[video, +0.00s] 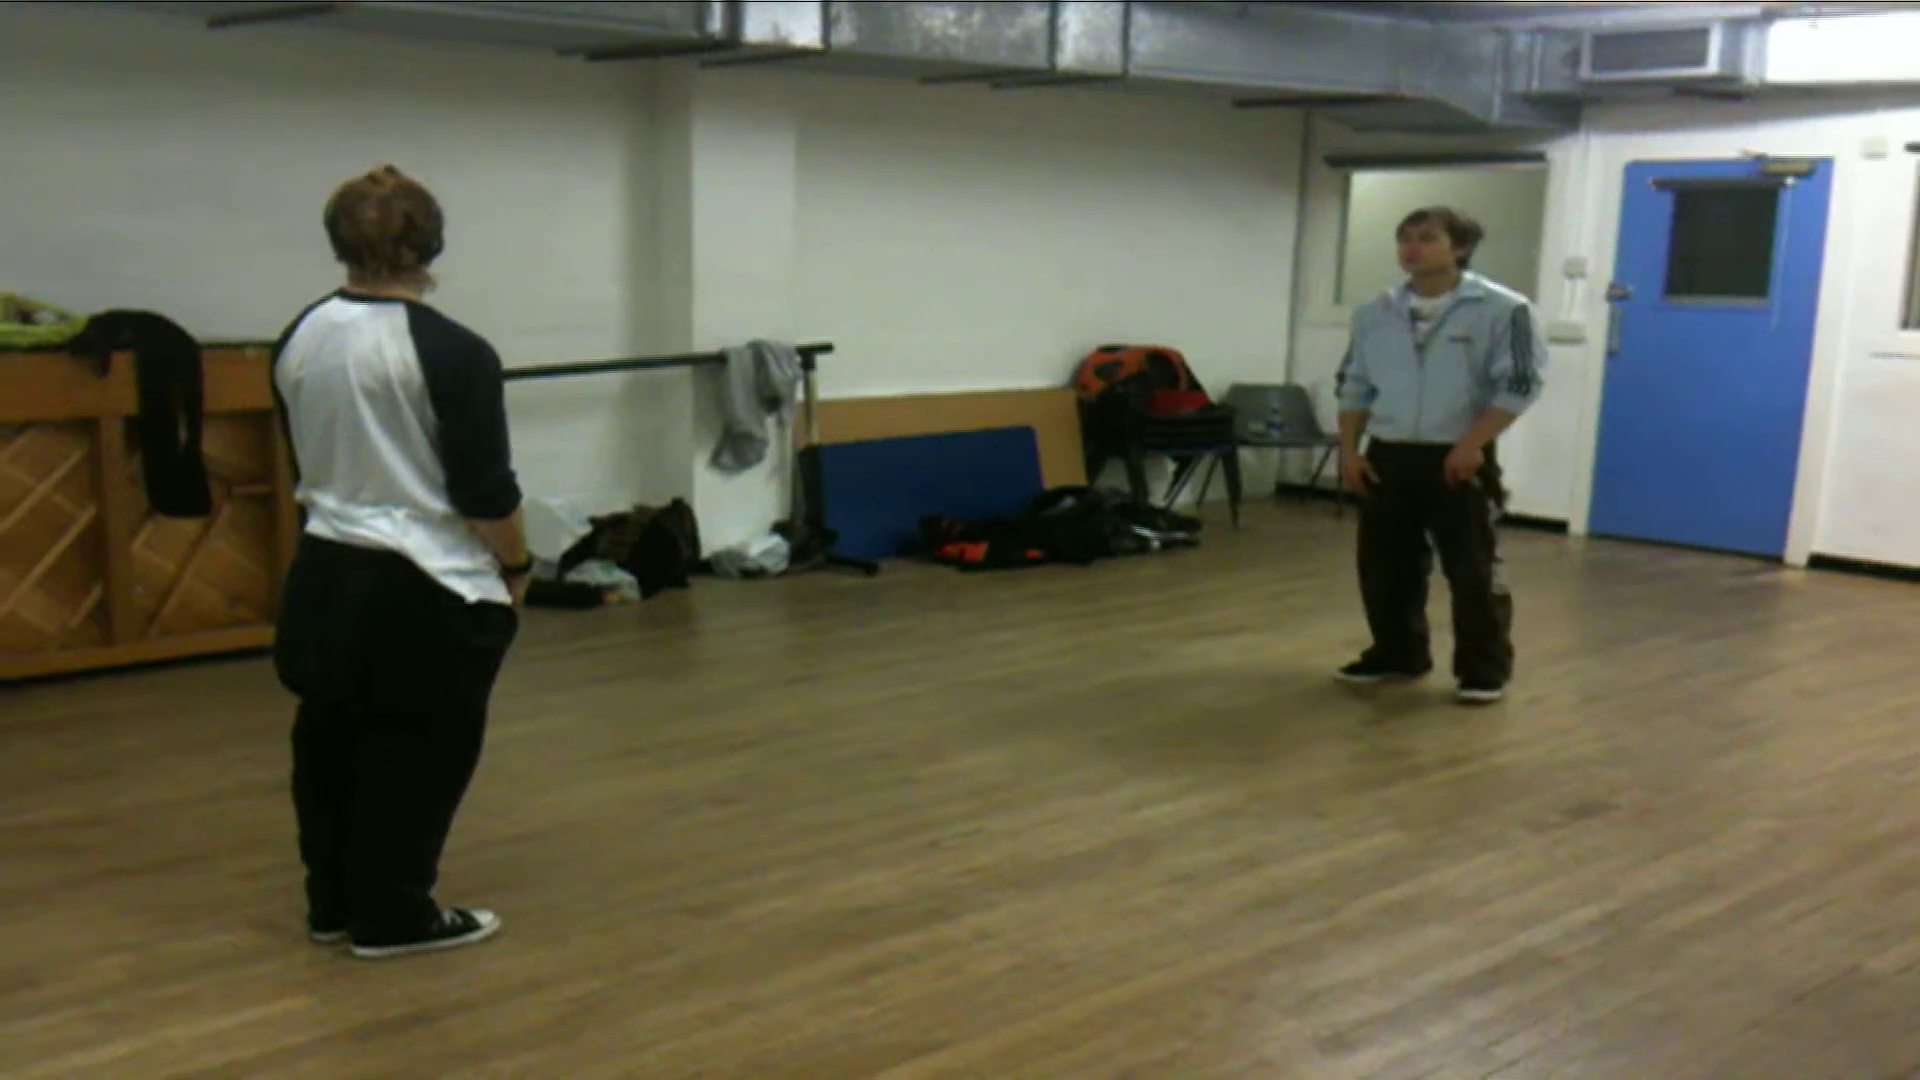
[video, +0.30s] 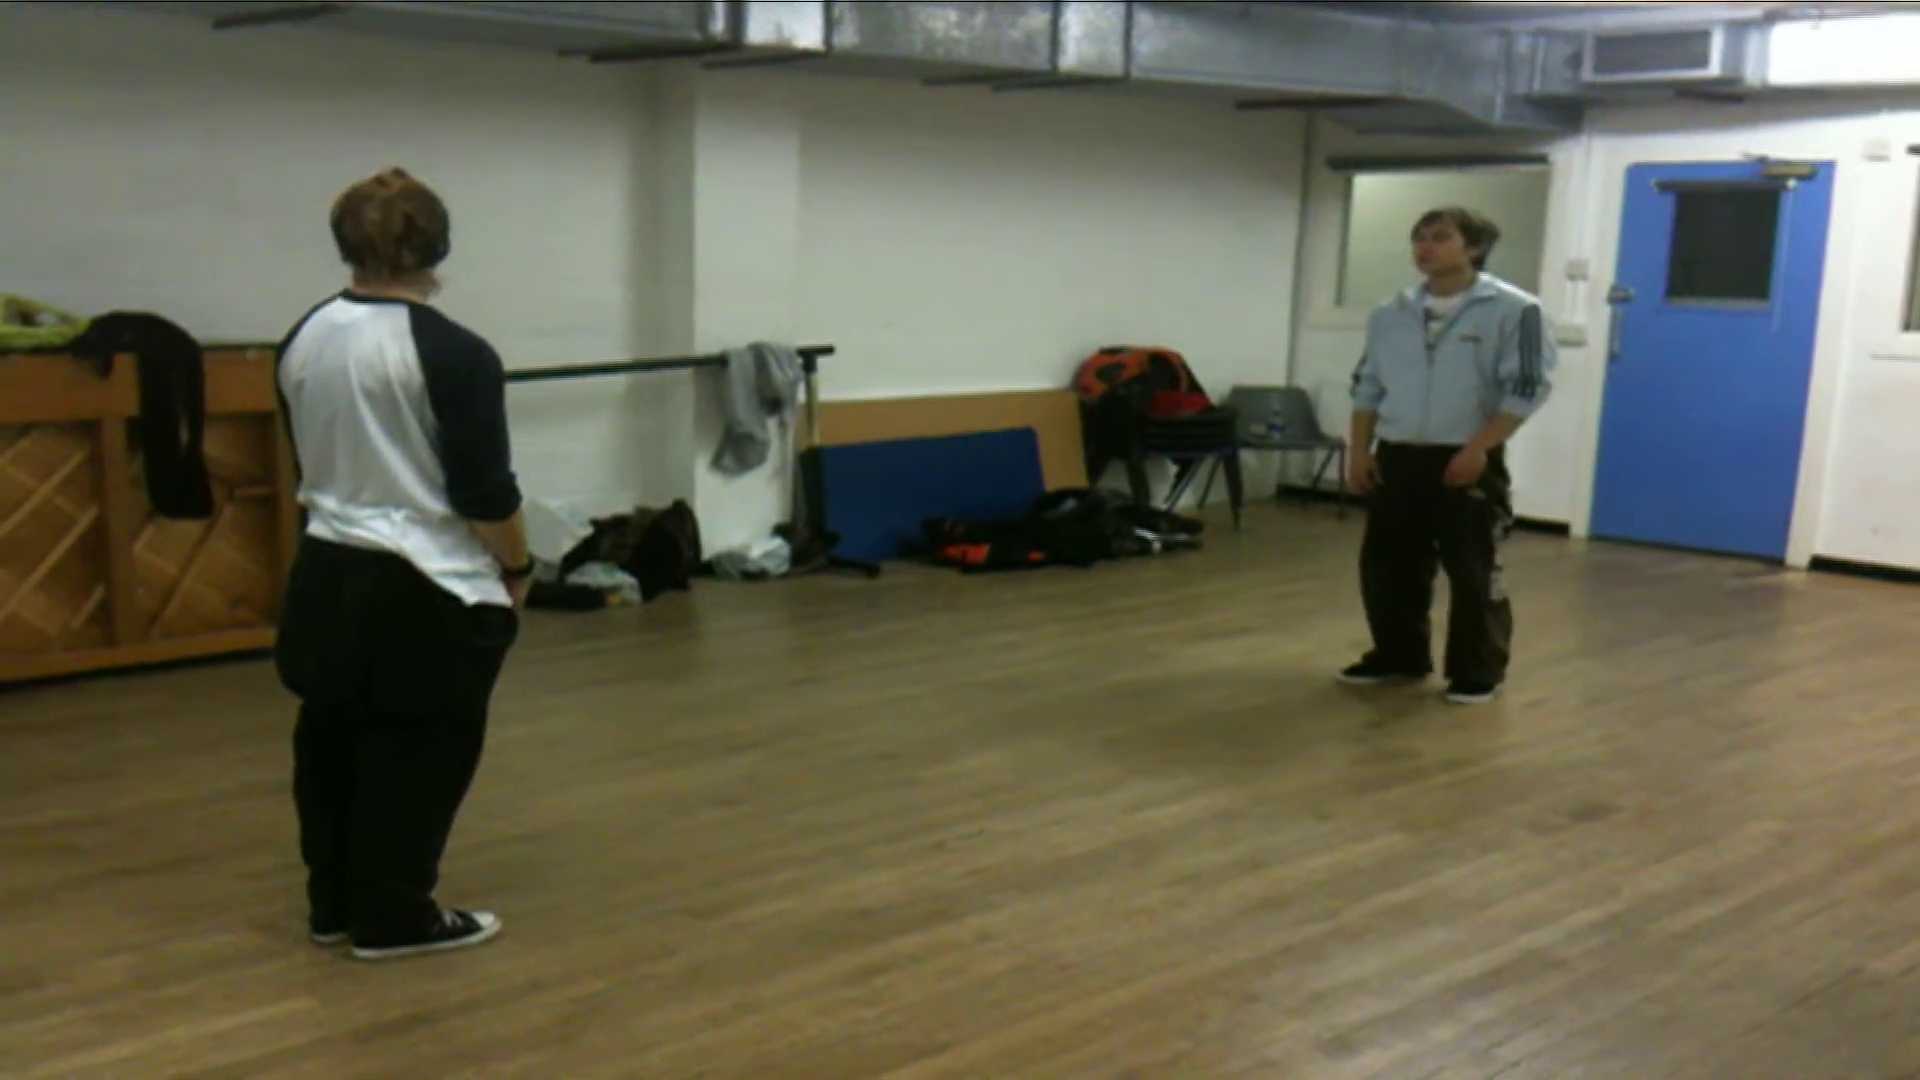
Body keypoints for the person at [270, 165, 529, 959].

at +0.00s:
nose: (436, 249)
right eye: (432, 238)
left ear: (343, 246)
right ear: (428, 247)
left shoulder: (300, 340)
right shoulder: (455, 354)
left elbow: (309, 471)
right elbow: (487, 495)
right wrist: (513, 567)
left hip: (328, 584)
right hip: (433, 598)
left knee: (331, 737)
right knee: (425, 755)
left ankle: (332, 901)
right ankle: (396, 913)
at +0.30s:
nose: (442, 255)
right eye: (439, 244)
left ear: (349, 249)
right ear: (433, 251)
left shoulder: (303, 341)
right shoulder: (455, 355)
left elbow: (311, 472)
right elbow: (486, 493)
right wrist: (515, 566)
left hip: (328, 586)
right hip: (432, 600)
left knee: (332, 741)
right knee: (425, 757)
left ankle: (334, 904)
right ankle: (397, 914)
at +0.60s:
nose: (439, 253)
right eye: (436, 242)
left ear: (345, 248)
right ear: (429, 250)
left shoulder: (299, 340)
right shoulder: (452, 355)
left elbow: (304, 470)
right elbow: (481, 492)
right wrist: (512, 566)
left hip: (323, 585)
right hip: (427, 599)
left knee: (329, 740)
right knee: (421, 757)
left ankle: (330, 902)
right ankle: (394, 914)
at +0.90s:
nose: (432, 251)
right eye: (429, 240)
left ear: (338, 245)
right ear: (422, 247)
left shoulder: (290, 337)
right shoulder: (445, 351)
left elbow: (298, 466)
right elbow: (475, 489)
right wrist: (505, 563)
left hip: (316, 583)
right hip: (420, 596)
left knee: (322, 735)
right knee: (417, 751)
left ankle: (324, 900)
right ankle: (387, 910)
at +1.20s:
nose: (435, 246)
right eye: (433, 235)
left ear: (342, 243)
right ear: (425, 243)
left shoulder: (292, 334)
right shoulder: (444, 347)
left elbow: (299, 464)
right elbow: (475, 486)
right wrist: (506, 560)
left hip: (317, 578)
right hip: (420, 591)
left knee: (325, 730)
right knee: (420, 747)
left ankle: (328, 896)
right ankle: (389, 906)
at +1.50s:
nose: (443, 237)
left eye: (442, 223)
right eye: (437, 224)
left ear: (348, 232)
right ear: (409, 233)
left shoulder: (286, 326)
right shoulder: (423, 344)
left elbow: (289, 456)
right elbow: (457, 483)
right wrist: (490, 554)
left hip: (294, 572)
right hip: (396, 586)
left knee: (310, 725)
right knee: (407, 741)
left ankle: (315, 895)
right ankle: (374, 905)